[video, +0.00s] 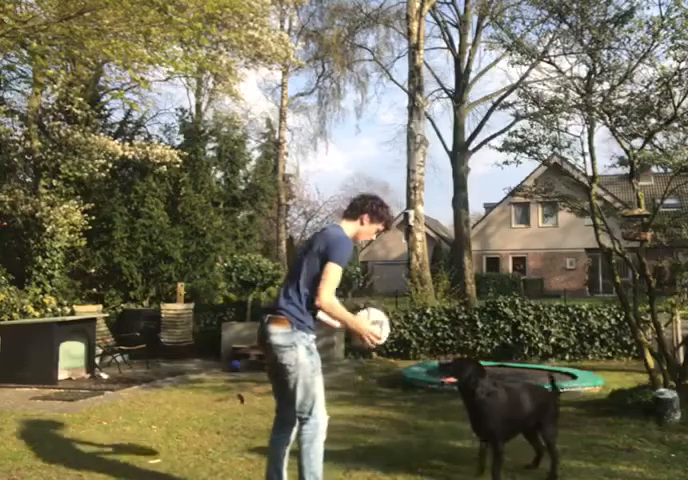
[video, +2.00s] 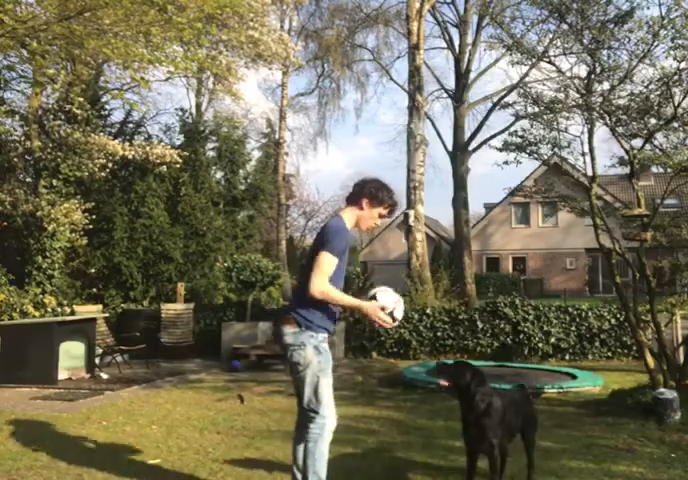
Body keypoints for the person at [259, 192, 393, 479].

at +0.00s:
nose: (372, 238)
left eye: (377, 233)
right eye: (376, 231)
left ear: (359, 217)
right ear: (365, 218)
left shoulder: (321, 236)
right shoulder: (340, 241)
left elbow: (311, 306)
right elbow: (324, 299)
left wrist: (350, 326)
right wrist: (358, 326)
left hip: (273, 328)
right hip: (292, 333)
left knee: (287, 414)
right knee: (314, 417)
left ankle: (275, 475)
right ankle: (312, 475)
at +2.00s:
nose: (377, 224)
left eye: (382, 219)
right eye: (379, 216)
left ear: (363, 204)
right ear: (364, 203)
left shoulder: (336, 230)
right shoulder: (337, 231)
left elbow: (323, 288)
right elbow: (317, 288)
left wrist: (365, 306)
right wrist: (364, 306)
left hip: (305, 331)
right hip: (307, 333)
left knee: (311, 414)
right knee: (323, 416)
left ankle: (302, 473)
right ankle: (313, 475)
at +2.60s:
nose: (398, 224)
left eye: (400, 218)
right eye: (397, 216)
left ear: (374, 211)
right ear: (381, 211)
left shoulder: (353, 241)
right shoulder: (361, 243)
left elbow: (348, 306)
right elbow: (355, 304)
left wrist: (384, 326)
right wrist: (402, 325)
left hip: (311, 336)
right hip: (314, 338)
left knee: (328, 416)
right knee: (339, 418)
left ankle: (309, 473)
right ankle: (320, 475)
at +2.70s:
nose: (401, 228)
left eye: (403, 221)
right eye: (400, 220)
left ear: (378, 216)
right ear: (384, 217)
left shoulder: (357, 248)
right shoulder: (374, 255)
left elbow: (356, 310)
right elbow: (387, 317)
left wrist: (400, 319)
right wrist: (439, 333)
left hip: (313, 339)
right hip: (319, 342)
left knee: (339, 417)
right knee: (346, 419)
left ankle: (314, 474)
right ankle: (323, 475)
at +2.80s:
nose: (413, 237)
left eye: (412, 230)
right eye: (409, 229)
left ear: (387, 230)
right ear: (389, 230)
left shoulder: (363, 261)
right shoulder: (383, 265)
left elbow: (368, 314)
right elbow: (425, 323)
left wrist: (416, 321)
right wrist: (476, 339)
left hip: (310, 347)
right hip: (323, 350)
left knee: (340, 421)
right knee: (367, 418)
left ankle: (314, 475)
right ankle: (333, 475)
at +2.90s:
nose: (427, 254)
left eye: (427, 247)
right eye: (423, 247)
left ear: (398, 248)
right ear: (404, 248)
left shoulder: (370, 275)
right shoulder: (394, 281)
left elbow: (387, 325)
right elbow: (458, 326)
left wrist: (437, 327)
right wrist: (514, 340)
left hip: (313, 354)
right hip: (331, 356)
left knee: (351, 422)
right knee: (392, 411)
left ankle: (313, 475)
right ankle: (374, 474)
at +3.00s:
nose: (450, 272)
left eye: (449, 264)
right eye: (446, 264)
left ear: (423, 266)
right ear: (425, 265)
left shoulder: (399, 291)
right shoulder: (417, 297)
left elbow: (410, 335)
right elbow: (481, 336)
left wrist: (456, 337)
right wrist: (542, 348)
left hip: (329, 362)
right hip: (345, 363)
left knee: (360, 433)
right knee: (418, 411)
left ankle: (322, 474)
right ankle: (429, 475)